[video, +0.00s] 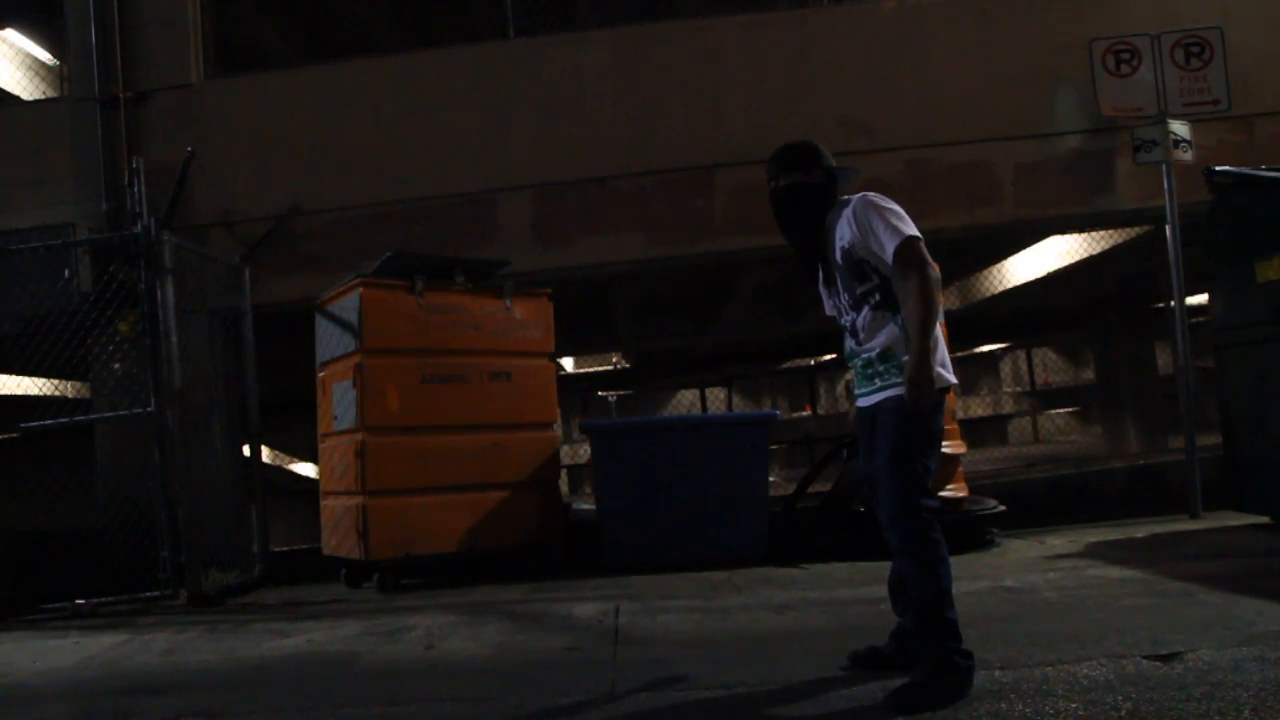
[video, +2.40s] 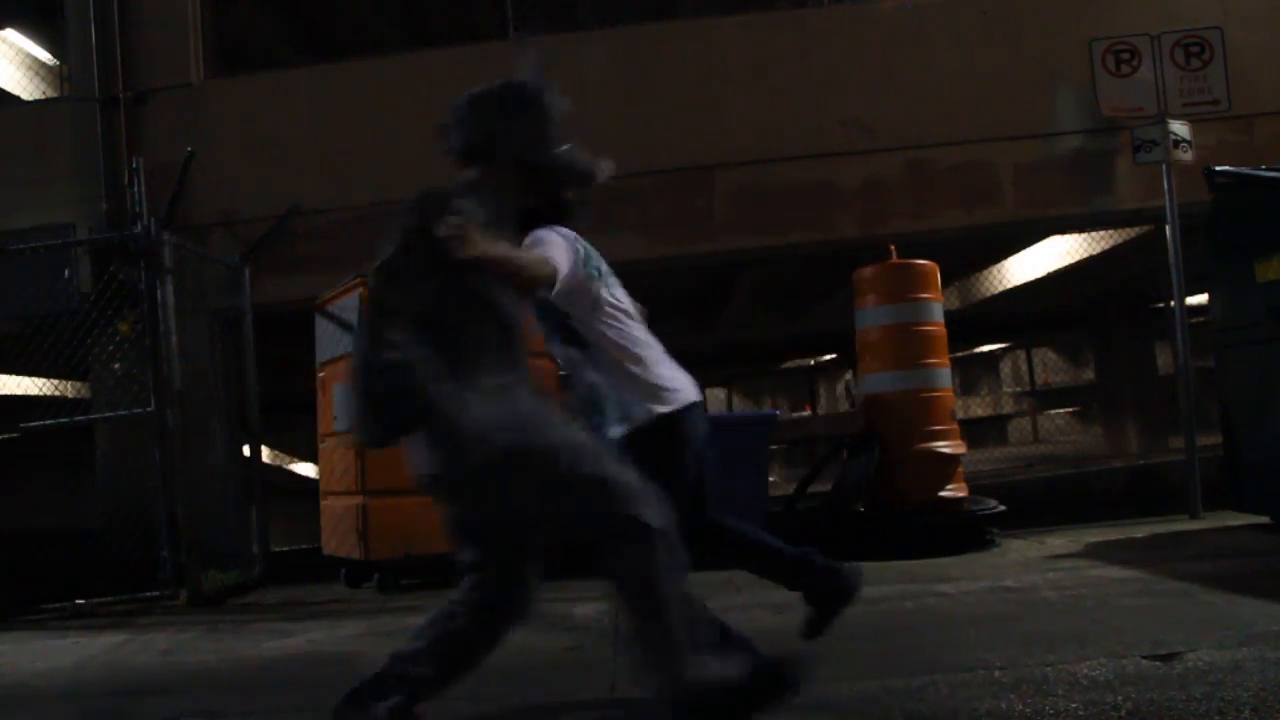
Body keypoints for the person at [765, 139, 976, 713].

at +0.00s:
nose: (782, 203)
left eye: (789, 188)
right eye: (776, 193)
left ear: (817, 180)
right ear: (785, 193)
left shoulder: (864, 210)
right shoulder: (827, 247)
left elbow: (921, 275)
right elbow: (859, 329)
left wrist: (921, 374)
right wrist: (863, 396)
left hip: (910, 394)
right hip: (877, 401)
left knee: (911, 519)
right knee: (895, 519)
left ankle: (945, 660)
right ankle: (913, 639)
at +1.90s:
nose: (712, 221)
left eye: (720, 207)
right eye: (708, 210)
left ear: (747, 202)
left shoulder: (794, 232)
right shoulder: (757, 272)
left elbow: (856, 287)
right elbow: (805, 345)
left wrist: (882, 377)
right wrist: (814, 408)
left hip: (871, 394)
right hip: (843, 402)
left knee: (846, 517)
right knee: (878, 514)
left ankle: (929, 634)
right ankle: (908, 635)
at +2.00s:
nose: (686, 228)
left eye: (694, 214)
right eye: (683, 216)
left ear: (721, 209)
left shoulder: (769, 240)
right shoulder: (733, 276)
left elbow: (840, 296)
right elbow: (782, 349)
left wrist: (886, 373)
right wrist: (791, 412)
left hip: (852, 400)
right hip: (822, 409)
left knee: (811, 522)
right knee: (870, 516)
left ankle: (910, 630)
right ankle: (914, 633)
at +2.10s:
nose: (653, 241)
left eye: (660, 228)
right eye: (652, 229)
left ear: (684, 225)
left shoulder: (735, 255)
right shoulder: (700, 291)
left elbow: (801, 320)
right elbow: (748, 363)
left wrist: (858, 391)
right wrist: (756, 423)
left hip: (825, 415)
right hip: (797, 422)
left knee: (762, 530)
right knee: (846, 527)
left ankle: (841, 640)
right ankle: (918, 634)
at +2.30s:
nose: (555, 256)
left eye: (559, 245)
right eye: (556, 248)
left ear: (576, 240)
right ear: (609, 234)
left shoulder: (615, 269)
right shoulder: (622, 275)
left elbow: (573, 303)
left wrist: (497, 298)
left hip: (728, 429)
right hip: (737, 424)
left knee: (670, 557)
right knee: (770, 539)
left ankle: (741, 675)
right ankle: (888, 611)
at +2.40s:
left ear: (518, 202)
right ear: (556, 202)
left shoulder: (554, 240)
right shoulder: (574, 248)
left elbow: (536, 268)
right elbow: (628, 312)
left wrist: (479, 248)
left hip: (660, 413)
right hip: (660, 412)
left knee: (690, 532)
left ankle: (820, 579)